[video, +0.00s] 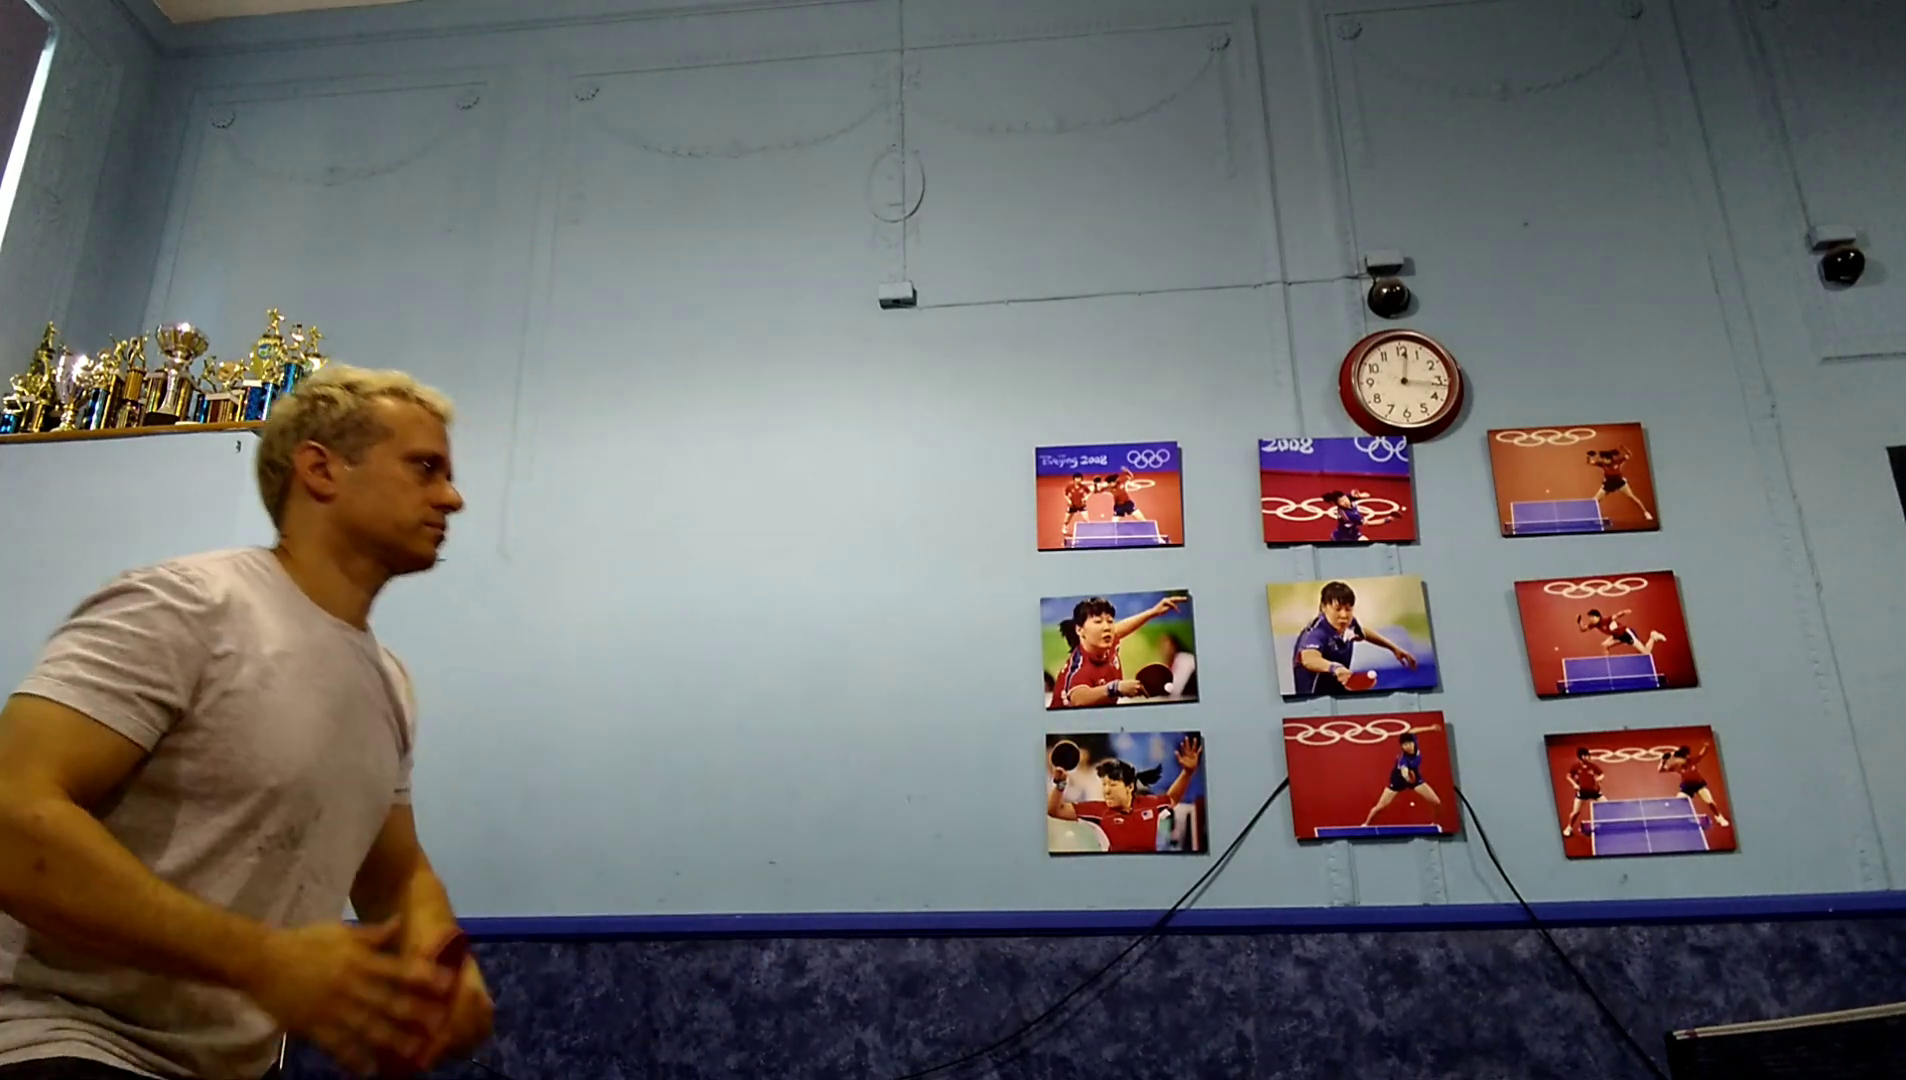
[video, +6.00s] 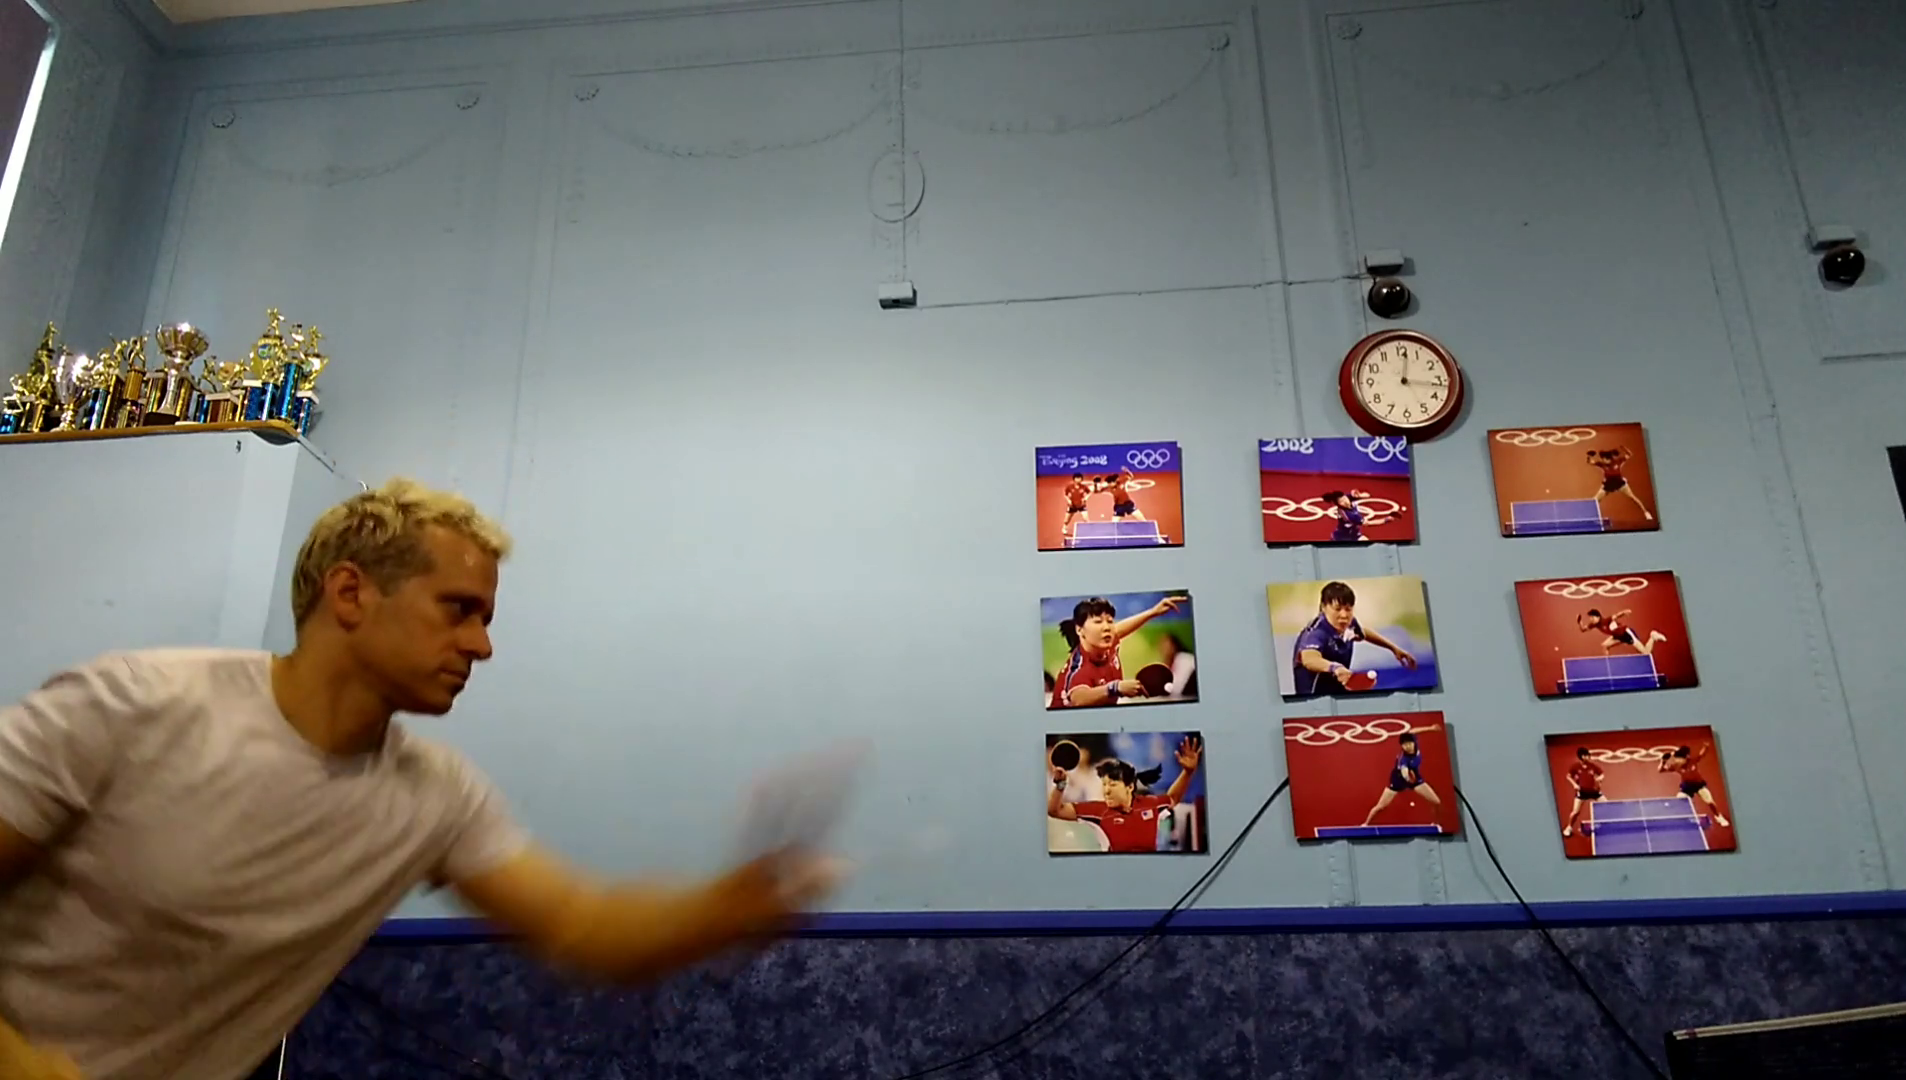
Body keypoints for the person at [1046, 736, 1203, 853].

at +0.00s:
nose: (1107, 790)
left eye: (1113, 785)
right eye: (1104, 785)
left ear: (1130, 787)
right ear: (1101, 787)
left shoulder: (1151, 805)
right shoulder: (1100, 811)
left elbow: (1172, 798)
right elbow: (1055, 811)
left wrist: (1188, 771)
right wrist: (1059, 785)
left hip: (1151, 872)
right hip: (1115, 874)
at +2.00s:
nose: (1106, 790)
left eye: (1113, 784)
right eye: (1104, 785)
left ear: (1130, 787)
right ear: (1101, 787)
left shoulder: (1151, 805)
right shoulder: (1100, 810)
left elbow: (1172, 798)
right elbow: (1055, 811)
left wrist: (1188, 771)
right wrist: (1060, 785)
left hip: (1150, 872)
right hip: (1115, 874)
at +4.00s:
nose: (1107, 790)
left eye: (1113, 785)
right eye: (1104, 785)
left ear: (1130, 787)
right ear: (1101, 786)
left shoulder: (1151, 804)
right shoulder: (1100, 810)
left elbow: (1173, 798)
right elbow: (1055, 811)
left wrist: (1188, 772)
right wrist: (1059, 785)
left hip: (1151, 872)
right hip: (1116, 874)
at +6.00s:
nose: (1107, 790)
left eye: (1113, 785)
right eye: (1104, 785)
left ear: (1130, 787)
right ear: (1101, 787)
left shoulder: (1151, 804)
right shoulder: (1100, 811)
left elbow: (1172, 798)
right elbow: (1055, 811)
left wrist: (1188, 771)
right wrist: (1060, 785)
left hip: (1152, 872)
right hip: (1116, 874)